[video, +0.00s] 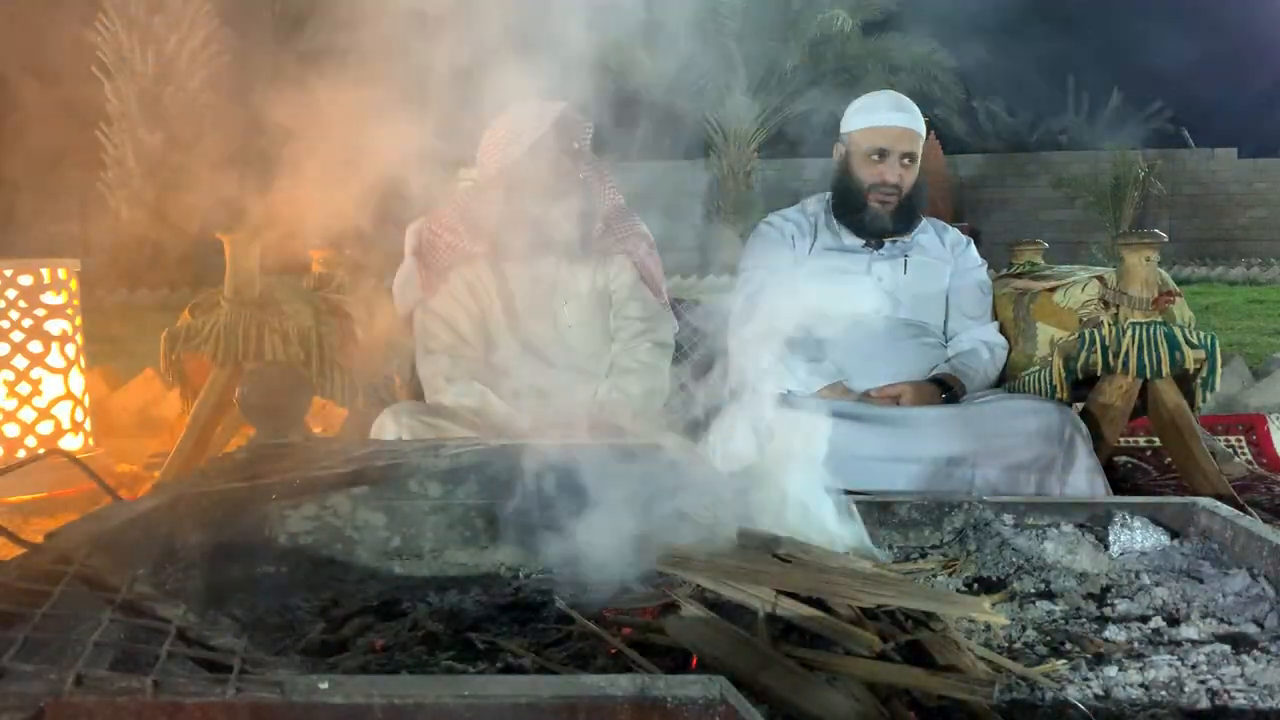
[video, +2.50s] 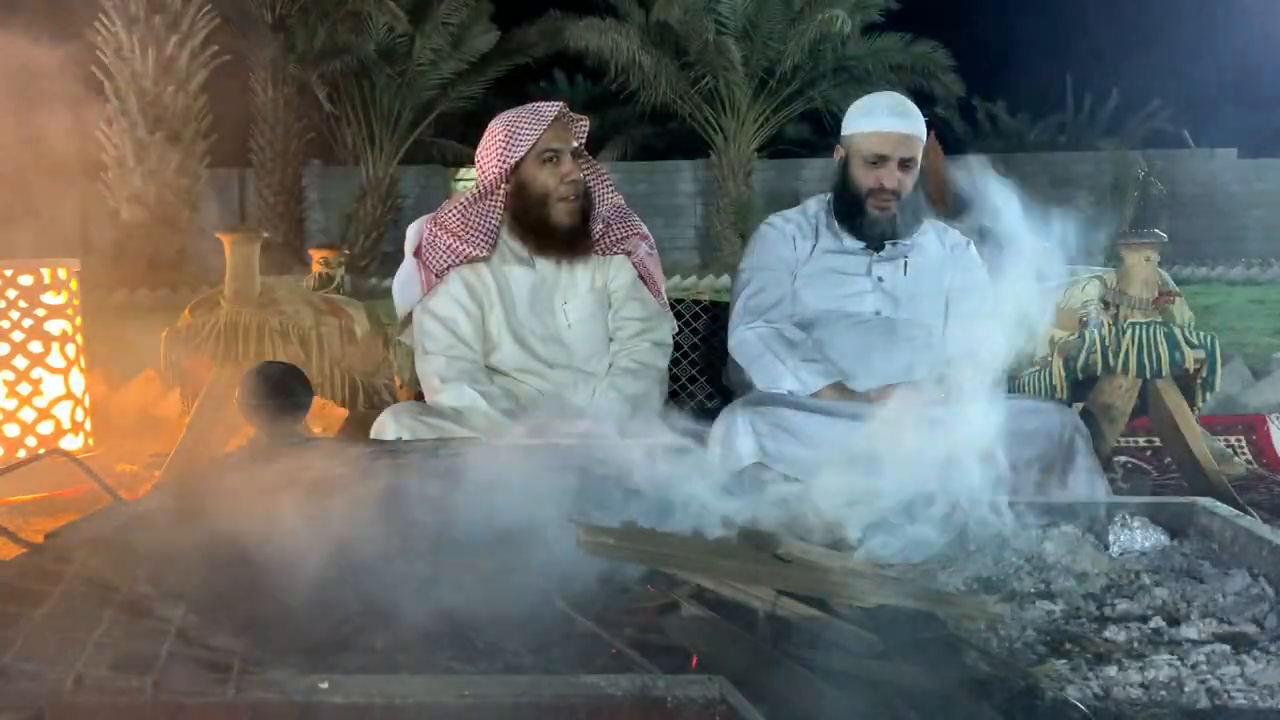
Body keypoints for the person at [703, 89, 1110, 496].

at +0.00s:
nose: (892, 176)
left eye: (906, 160)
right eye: (877, 157)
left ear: (920, 166)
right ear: (842, 154)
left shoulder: (953, 249)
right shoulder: (784, 235)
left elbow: (981, 344)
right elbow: (752, 349)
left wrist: (939, 388)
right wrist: (821, 390)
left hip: (934, 420)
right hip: (826, 418)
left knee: (1052, 426)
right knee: (783, 433)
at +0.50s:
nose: (905, 170)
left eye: (913, 155)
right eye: (887, 154)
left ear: (926, 163)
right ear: (849, 161)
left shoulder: (953, 248)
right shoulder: (787, 236)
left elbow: (982, 337)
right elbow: (750, 337)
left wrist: (940, 389)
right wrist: (824, 392)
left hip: (920, 417)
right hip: (812, 416)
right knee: (740, 429)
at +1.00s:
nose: (899, 173)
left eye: (911, 159)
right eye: (883, 156)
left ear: (923, 165)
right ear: (842, 156)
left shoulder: (953, 250)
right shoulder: (787, 234)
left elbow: (981, 340)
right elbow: (753, 332)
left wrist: (940, 388)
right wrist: (829, 394)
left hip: (930, 423)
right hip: (821, 420)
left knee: (1051, 424)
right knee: (740, 430)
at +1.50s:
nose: (880, 173)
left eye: (899, 160)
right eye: (868, 154)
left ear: (919, 171)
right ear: (844, 156)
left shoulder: (954, 251)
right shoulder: (787, 233)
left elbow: (980, 344)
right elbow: (753, 330)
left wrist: (939, 387)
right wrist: (828, 393)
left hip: (934, 421)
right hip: (825, 419)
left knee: (1055, 427)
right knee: (739, 424)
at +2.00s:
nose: (887, 180)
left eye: (903, 165)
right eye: (873, 161)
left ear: (920, 170)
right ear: (843, 156)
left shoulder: (953, 249)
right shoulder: (787, 234)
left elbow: (981, 341)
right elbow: (754, 329)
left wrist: (939, 388)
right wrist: (832, 394)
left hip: (938, 416)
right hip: (826, 413)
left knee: (1056, 426)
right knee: (743, 426)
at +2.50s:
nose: (889, 181)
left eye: (904, 166)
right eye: (874, 162)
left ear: (919, 170)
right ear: (842, 155)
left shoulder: (953, 250)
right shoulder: (786, 236)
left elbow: (980, 354)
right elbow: (755, 337)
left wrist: (928, 399)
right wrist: (845, 401)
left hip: (931, 422)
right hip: (821, 422)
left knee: (1057, 427)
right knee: (742, 426)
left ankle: (1081, 575)